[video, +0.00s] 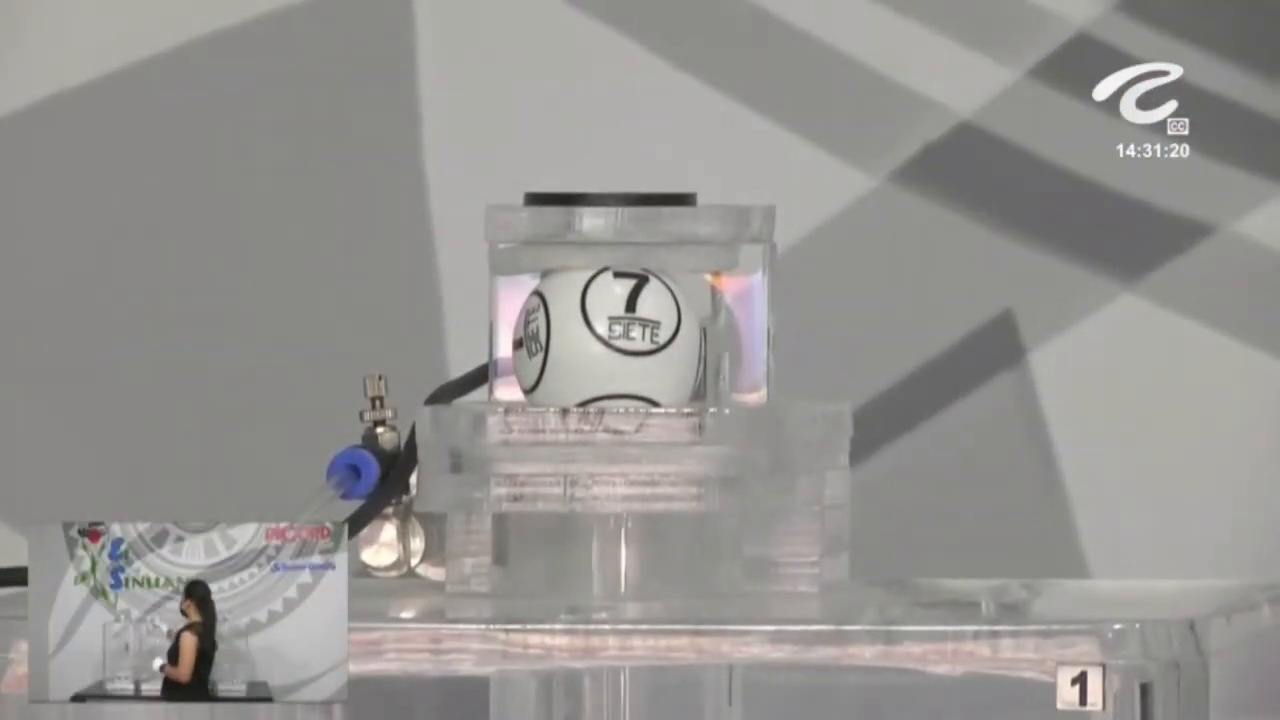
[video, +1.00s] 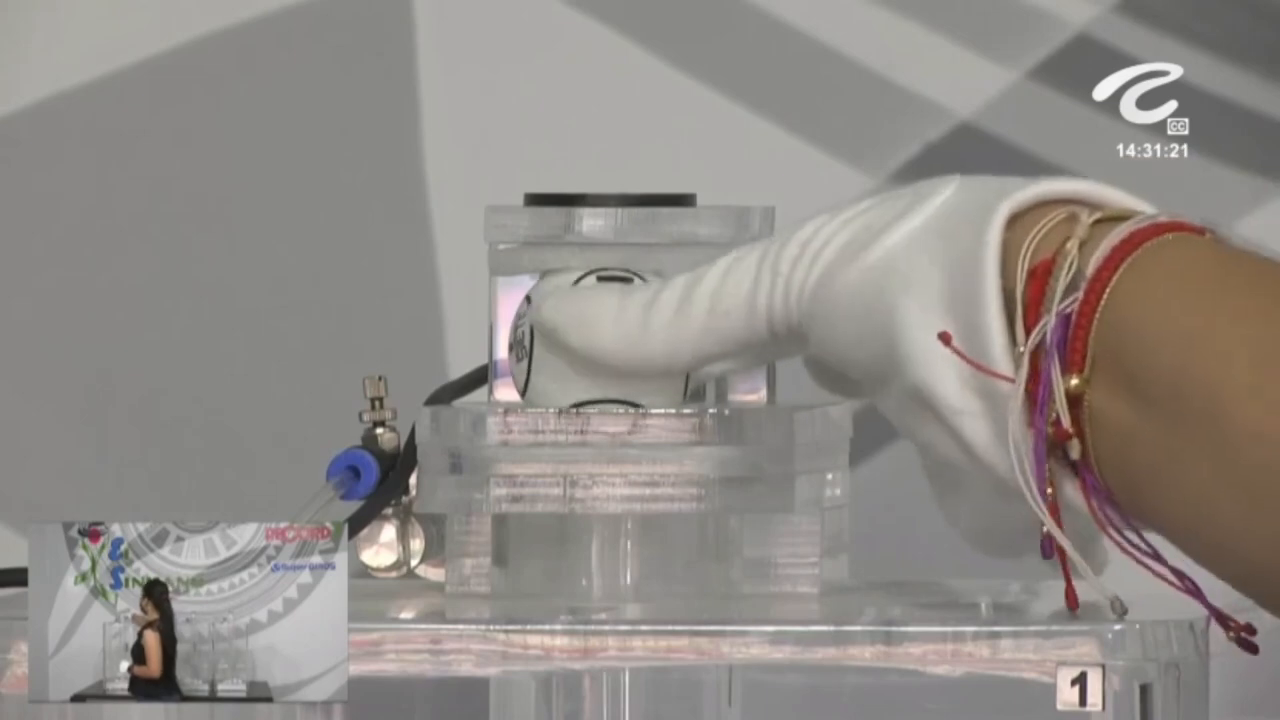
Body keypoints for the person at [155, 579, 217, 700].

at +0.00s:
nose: (181, 603)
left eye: (183, 599)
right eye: (182, 599)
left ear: (188, 602)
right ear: (204, 603)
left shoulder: (189, 634)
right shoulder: (207, 632)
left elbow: (183, 675)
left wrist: (163, 668)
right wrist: (174, 637)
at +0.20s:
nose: (167, 602)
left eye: (169, 598)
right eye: (169, 598)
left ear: (174, 601)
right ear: (189, 601)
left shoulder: (176, 633)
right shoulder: (191, 628)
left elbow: (178, 673)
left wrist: (154, 669)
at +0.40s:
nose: (156, 602)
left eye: (158, 598)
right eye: (157, 598)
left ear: (163, 600)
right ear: (177, 601)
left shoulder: (166, 631)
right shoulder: (179, 626)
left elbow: (170, 671)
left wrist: (143, 668)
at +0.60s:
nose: (147, 600)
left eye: (149, 596)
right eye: (149, 596)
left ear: (154, 600)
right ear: (170, 599)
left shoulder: (157, 630)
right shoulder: (171, 625)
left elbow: (160, 670)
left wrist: (136, 668)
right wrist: (147, 622)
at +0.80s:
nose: (142, 600)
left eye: (144, 597)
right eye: (143, 597)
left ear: (148, 600)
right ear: (165, 600)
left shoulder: (152, 631)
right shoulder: (168, 627)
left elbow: (155, 671)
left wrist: (132, 669)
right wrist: (144, 621)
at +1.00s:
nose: (140, 600)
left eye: (142, 597)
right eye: (141, 596)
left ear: (147, 600)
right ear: (162, 599)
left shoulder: (150, 631)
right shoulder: (167, 627)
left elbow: (154, 671)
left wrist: (132, 669)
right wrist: (143, 622)